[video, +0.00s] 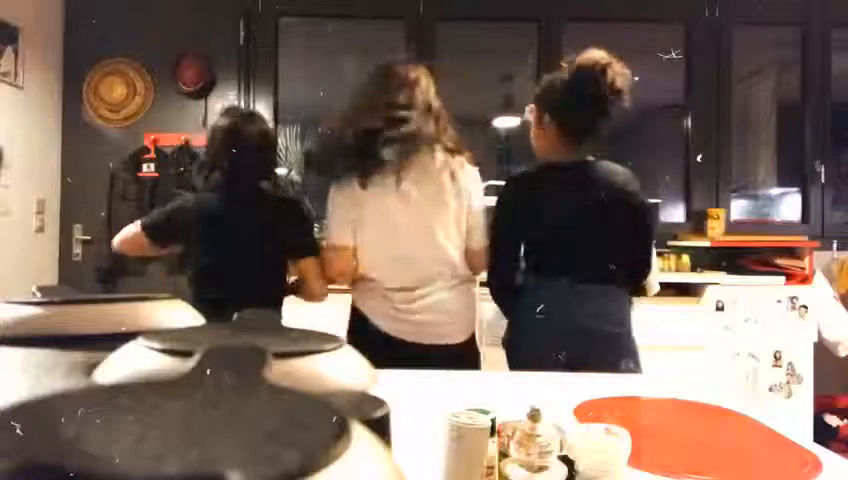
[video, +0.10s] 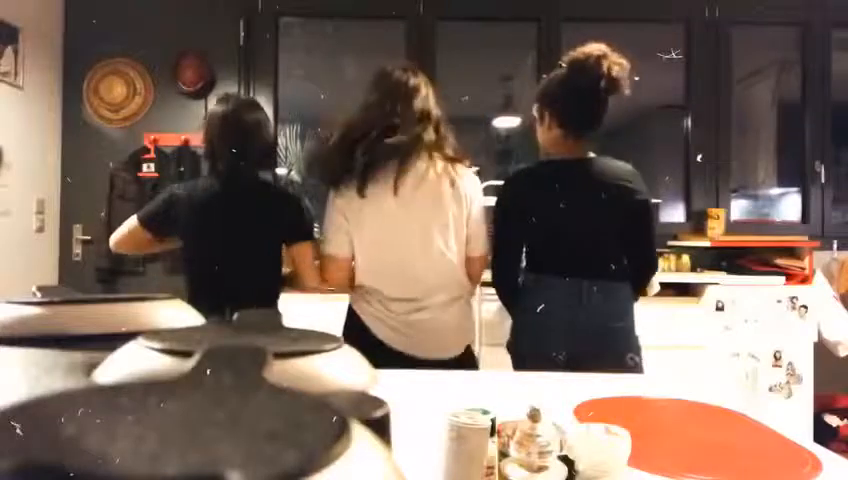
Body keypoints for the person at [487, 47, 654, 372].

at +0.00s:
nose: (531, 131)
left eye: (533, 122)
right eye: (531, 122)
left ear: (548, 124)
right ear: (591, 122)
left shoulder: (522, 188)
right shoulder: (624, 184)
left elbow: (500, 275)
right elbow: (638, 271)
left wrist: (525, 316)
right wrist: (611, 296)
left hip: (541, 316)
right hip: (608, 313)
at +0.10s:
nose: (536, 129)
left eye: (537, 120)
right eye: (536, 120)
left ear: (550, 120)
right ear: (595, 119)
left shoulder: (523, 184)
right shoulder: (626, 179)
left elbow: (504, 269)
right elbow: (645, 262)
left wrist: (526, 311)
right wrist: (619, 299)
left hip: (543, 308)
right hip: (611, 309)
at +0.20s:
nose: (539, 130)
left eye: (539, 120)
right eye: (540, 120)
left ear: (549, 121)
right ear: (595, 120)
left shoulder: (524, 187)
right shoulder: (630, 183)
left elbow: (505, 267)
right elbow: (650, 264)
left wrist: (523, 310)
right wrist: (619, 305)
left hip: (543, 304)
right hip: (609, 305)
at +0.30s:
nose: (539, 132)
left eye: (540, 122)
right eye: (540, 122)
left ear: (548, 125)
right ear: (595, 124)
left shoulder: (525, 189)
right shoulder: (629, 186)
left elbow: (502, 271)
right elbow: (655, 267)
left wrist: (525, 311)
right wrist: (622, 310)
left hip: (541, 309)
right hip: (607, 310)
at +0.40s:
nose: (539, 129)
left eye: (540, 120)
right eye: (541, 120)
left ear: (548, 120)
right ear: (596, 120)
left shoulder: (524, 186)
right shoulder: (628, 180)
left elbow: (505, 267)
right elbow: (652, 263)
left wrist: (528, 306)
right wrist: (622, 303)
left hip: (544, 304)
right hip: (610, 306)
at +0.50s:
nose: (539, 128)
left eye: (540, 119)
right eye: (542, 119)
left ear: (546, 119)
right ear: (596, 120)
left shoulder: (522, 186)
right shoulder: (629, 182)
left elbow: (502, 269)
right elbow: (651, 264)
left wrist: (529, 302)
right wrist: (622, 302)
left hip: (543, 305)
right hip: (611, 306)